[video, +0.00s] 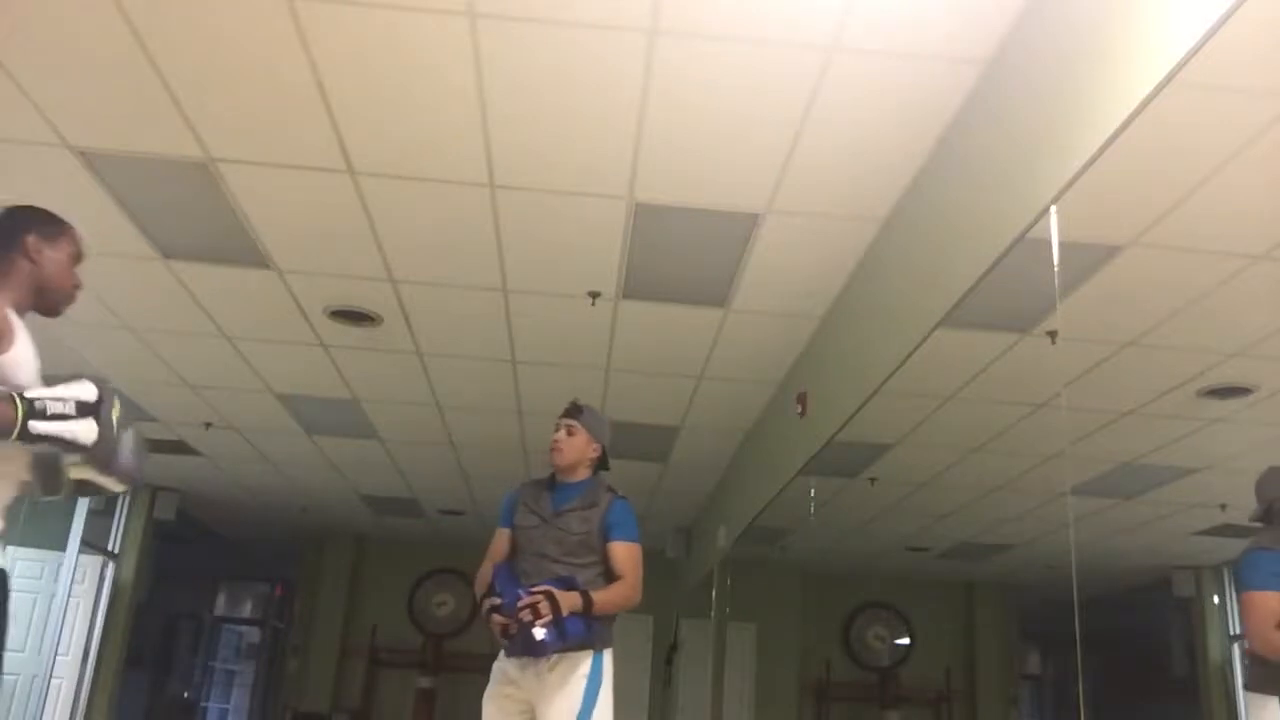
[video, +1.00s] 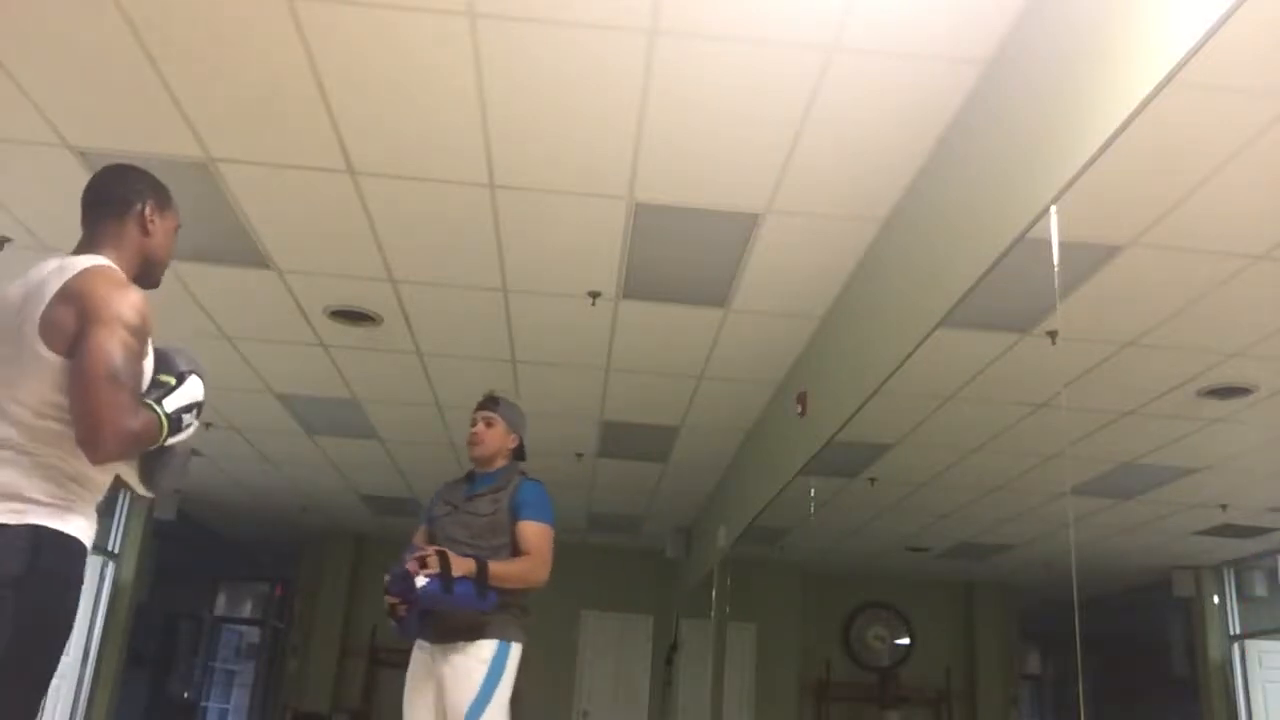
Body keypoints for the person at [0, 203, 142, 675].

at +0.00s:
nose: (78, 282)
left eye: (78, 265)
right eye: (73, 261)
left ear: (32, 252)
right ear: (31, 249)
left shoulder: (19, 338)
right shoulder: (6, 327)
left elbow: (9, 431)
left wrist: (67, 467)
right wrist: (23, 413)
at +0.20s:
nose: (121, 287)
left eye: (121, 272)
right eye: (115, 267)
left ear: (77, 259)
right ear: (76, 254)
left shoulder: (57, 345)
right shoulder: (21, 299)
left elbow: (44, 477)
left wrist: (129, 470)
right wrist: (30, 419)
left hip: (16, 560)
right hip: (5, 555)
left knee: (15, 700)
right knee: (11, 699)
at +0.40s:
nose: (140, 276)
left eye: (142, 262)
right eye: (136, 258)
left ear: (100, 245)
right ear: (100, 241)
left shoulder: (73, 327)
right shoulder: (32, 296)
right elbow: (10, 410)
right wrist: (98, 403)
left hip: (39, 546)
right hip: (12, 540)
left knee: (26, 692)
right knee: (12, 691)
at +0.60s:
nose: (155, 264)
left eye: (156, 249)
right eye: (152, 244)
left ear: (111, 234)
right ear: (116, 230)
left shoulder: (71, 304)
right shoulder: (64, 297)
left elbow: (54, 436)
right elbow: (76, 441)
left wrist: (124, 442)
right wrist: (148, 399)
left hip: (27, 541)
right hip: (17, 540)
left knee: (25, 701)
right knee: (21, 703)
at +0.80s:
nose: (165, 250)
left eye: (167, 233)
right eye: (165, 230)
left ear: (85, 215)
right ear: (136, 215)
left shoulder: (29, 276)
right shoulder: (101, 292)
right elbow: (89, 441)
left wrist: (132, 384)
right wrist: (160, 406)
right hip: (30, 539)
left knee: (30, 701)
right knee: (32, 705)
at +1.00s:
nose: (172, 251)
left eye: (174, 234)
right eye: (172, 231)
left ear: (92, 219)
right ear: (146, 217)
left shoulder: (29, 282)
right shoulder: (113, 293)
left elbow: (34, 413)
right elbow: (106, 436)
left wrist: (137, 395)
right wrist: (171, 413)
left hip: (3, 526)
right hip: (36, 539)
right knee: (14, 704)